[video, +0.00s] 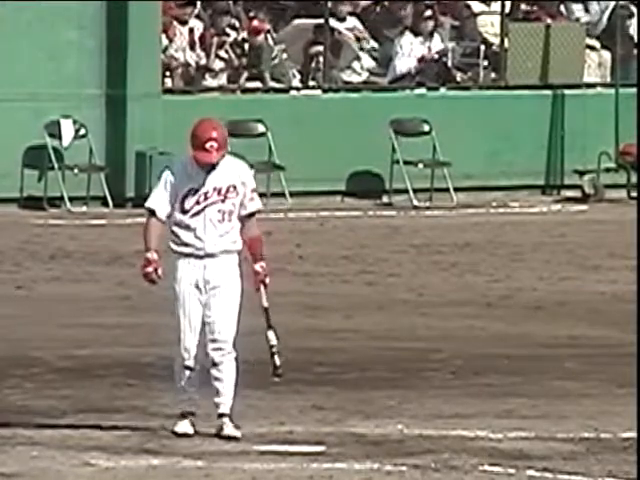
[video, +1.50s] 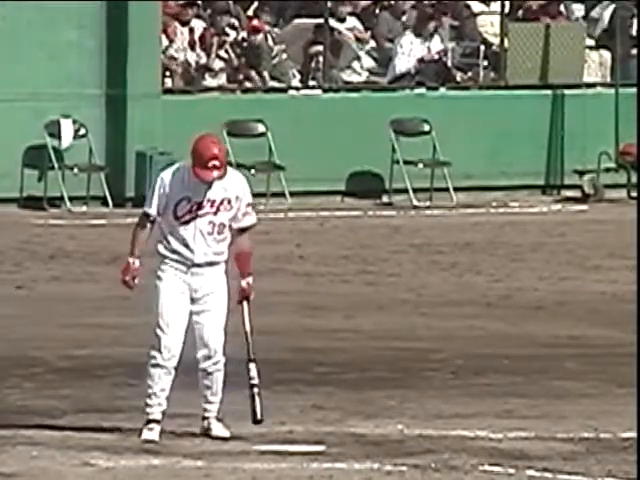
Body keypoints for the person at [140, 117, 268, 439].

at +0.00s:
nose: (206, 161)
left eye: (212, 156)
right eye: (202, 155)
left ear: (223, 149)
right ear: (192, 148)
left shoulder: (239, 171)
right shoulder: (177, 172)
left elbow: (249, 220)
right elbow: (156, 215)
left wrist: (258, 260)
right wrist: (152, 252)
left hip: (225, 263)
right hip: (187, 264)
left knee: (221, 341)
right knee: (189, 343)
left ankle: (224, 415)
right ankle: (186, 413)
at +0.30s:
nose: (221, 160)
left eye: (227, 153)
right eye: (215, 153)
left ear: (235, 150)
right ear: (203, 149)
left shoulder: (249, 175)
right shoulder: (182, 170)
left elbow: (257, 225)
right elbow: (163, 213)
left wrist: (265, 265)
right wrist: (152, 251)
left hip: (226, 267)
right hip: (185, 264)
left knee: (221, 341)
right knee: (173, 335)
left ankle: (224, 415)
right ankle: (172, 405)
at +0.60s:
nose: (211, 167)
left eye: (216, 161)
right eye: (204, 162)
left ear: (222, 154)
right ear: (192, 154)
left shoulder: (235, 179)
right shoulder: (170, 176)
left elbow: (246, 230)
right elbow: (151, 219)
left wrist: (257, 271)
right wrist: (139, 259)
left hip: (217, 271)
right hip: (177, 271)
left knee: (220, 348)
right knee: (169, 347)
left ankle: (225, 418)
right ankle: (155, 419)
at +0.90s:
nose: (194, 170)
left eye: (199, 163)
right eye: (188, 164)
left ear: (206, 156)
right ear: (175, 158)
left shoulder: (218, 177)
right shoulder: (155, 180)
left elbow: (228, 228)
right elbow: (135, 222)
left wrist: (235, 268)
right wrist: (128, 258)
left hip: (208, 271)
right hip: (169, 274)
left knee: (214, 347)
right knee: (165, 351)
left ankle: (216, 414)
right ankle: (154, 420)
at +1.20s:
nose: (206, 174)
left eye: (211, 168)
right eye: (201, 169)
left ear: (219, 161)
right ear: (188, 162)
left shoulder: (233, 180)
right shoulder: (167, 179)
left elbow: (242, 229)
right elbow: (146, 222)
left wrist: (251, 269)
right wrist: (140, 259)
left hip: (214, 273)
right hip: (175, 272)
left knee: (214, 346)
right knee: (169, 346)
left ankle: (211, 417)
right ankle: (154, 418)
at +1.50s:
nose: (214, 173)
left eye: (218, 167)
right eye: (207, 168)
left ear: (224, 160)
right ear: (193, 162)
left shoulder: (236, 183)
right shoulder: (169, 179)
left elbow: (242, 233)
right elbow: (146, 221)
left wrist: (246, 276)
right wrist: (133, 257)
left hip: (212, 274)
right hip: (173, 273)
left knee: (212, 349)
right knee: (167, 347)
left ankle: (211, 417)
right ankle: (153, 419)